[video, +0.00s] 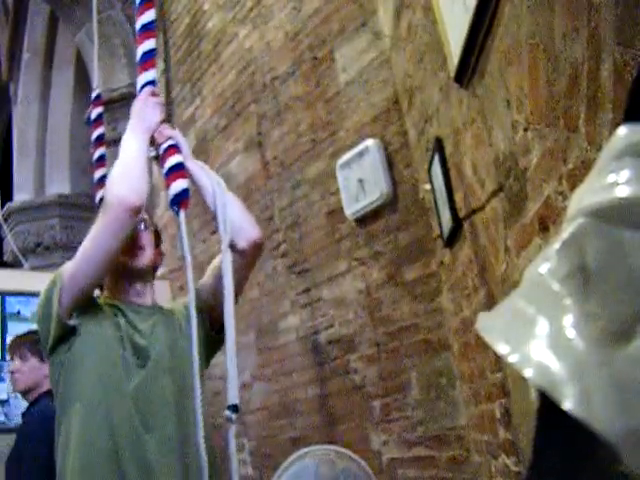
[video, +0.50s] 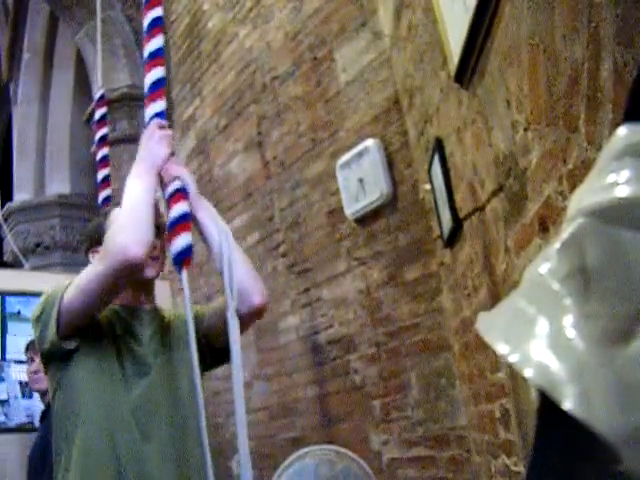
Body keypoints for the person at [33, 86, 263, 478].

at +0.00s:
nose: (136, 232)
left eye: (144, 225)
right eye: (124, 224)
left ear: (159, 246)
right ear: (106, 241)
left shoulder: (187, 324)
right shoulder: (71, 319)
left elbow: (247, 241)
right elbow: (127, 203)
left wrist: (187, 161)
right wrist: (137, 129)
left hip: (180, 472)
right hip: (92, 471)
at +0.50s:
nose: (153, 243)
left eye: (159, 232)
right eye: (141, 232)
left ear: (167, 243)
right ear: (96, 254)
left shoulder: (179, 332)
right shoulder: (63, 324)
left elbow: (251, 301)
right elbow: (127, 253)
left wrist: (195, 202)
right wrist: (144, 166)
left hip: (182, 471)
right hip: (93, 471)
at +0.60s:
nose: (153, 246)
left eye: (159, 235)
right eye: (136, 233)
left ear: (168, 249)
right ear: (97, 255)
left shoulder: (177, 326)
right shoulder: (58, 318)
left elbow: (252, 328)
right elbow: (127, 280)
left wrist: (200, 220)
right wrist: (149, 183)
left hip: (178, 471)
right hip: (90, 471)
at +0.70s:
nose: (152, 242)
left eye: (158, 235)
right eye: (135, 233)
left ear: (169, 251)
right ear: (104, 258)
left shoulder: (178, 334)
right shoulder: (53, 322)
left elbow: (252, 362)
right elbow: (119, 315)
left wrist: (204, 241)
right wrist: (157, 207)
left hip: (176, 472)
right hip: (85, 472)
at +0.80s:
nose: (160, 251)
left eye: (165, 241)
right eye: (143, 240)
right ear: (108, 259)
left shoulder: (180, 332)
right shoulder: (56, 321)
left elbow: (243, 402)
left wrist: (212, 280)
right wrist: (165, 243)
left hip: (175, 473)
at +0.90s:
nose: (163, 261)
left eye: (170, 248)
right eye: (148, 246)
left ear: (179, 256)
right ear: (111, 261)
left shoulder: (185, 332)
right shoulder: (60, 326)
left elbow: (237, 441)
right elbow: (86, 412)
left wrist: (217, 346)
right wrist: (170, 303)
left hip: (175, 473)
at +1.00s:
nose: (167, 267)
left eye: (175, 253)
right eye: (149, 252)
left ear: (184, 262)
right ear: (113, 266)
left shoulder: (190, 340)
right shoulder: (61, 337)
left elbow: (239, 467)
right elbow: (65, 452)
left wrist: (221, 423)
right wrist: (180, 375)